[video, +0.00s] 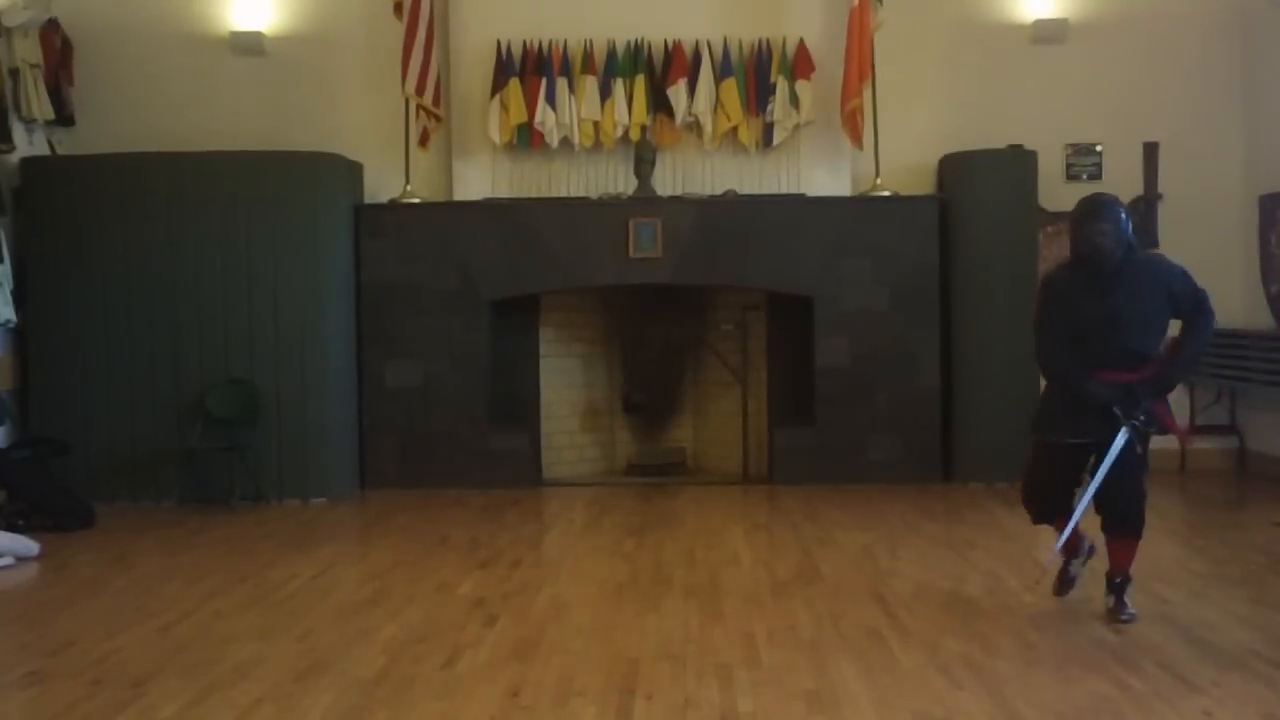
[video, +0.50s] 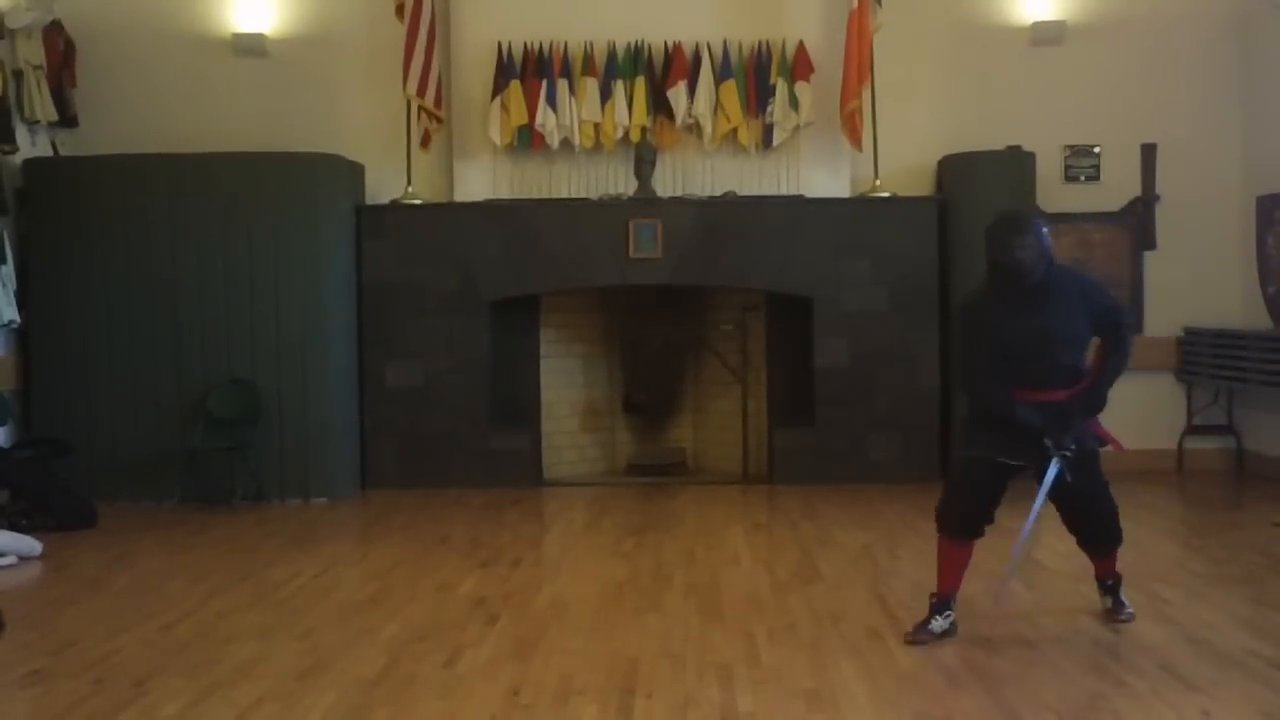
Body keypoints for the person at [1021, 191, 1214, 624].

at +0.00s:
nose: (1092, 244)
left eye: (1102, 235)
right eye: (1084, 235)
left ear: (1124, 235)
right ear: (1073, 236)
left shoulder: (1155, 275)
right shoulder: (1059, 284)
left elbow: (1201, 314)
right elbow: (1049, 357)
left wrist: (1172, 372)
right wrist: (1105, 398)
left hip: (1129, 404)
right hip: (1068, 401)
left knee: (1123, 500)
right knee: (1042, 493)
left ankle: (1119, 587)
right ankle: (1076, 549)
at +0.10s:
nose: (1082, 244)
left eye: (1091, 235)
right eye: (1074, 235)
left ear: (1114, 234)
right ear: (1064, 237)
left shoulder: (1147, 274)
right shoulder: (1050, 285)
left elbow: (1192, 315)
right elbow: (1043, 358)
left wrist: (1163, 371)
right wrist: (1098, 400)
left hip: (1124, 399)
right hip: (1062, 395)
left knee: (1118, 498)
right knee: (1026, 489)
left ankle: (1116, 588)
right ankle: (1039, 571)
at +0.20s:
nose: (1077, 244)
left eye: (1085, 235)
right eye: (1068, 235)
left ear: (1105, 235)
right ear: (1055, 238)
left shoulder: (1137, 278)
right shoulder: (1039, 287)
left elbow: (1180, 314)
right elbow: (1033, 361)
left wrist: (1158, 370)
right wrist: (1086, 405)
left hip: (1115, 405)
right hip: (1053, 401)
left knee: (1116, 503)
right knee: (1013, 492)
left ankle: (1116, 591)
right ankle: (995, 590)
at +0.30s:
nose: (1065, 248)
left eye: (1073, 238)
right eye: (1055, 240)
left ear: (1091, 237)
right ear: (1040, 243)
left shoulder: (1123, 282)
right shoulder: (1026, 294)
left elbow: (1167, 323)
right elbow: (1021, 369)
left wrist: (1136, 382)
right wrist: (1080, 412)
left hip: (1104, 411)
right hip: (1041, 409)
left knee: (1115, 510)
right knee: (1005, 495)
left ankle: (1115, 592)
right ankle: (963, 589)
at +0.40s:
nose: (1043, 254)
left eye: (1051, 243)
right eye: (1034, 246)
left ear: (1071, 243)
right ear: (1020, 250)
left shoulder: (1101, 288)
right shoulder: (1005, 302)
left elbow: (1146, 329)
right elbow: (1001, 377)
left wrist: (1116, 393)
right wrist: (1060, 421)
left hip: (1087, 418)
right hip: (1021, 417)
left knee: (1110, 514)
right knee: (987, 506)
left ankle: (1113, 589)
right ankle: (951, 604)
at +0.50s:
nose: (1024, 260)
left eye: (1029, 249)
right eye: (1012, 252)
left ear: (1046, 245)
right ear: (996, 255)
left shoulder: (1075, 291)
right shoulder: (980, 305)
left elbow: (1118, 330)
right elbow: (978, 387)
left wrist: (1095, 394)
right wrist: (1035, 426)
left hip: (1064, 419)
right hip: (998, 419)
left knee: (1096, 514)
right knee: (960, 506)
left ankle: (1110, 587)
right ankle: (942, 610)